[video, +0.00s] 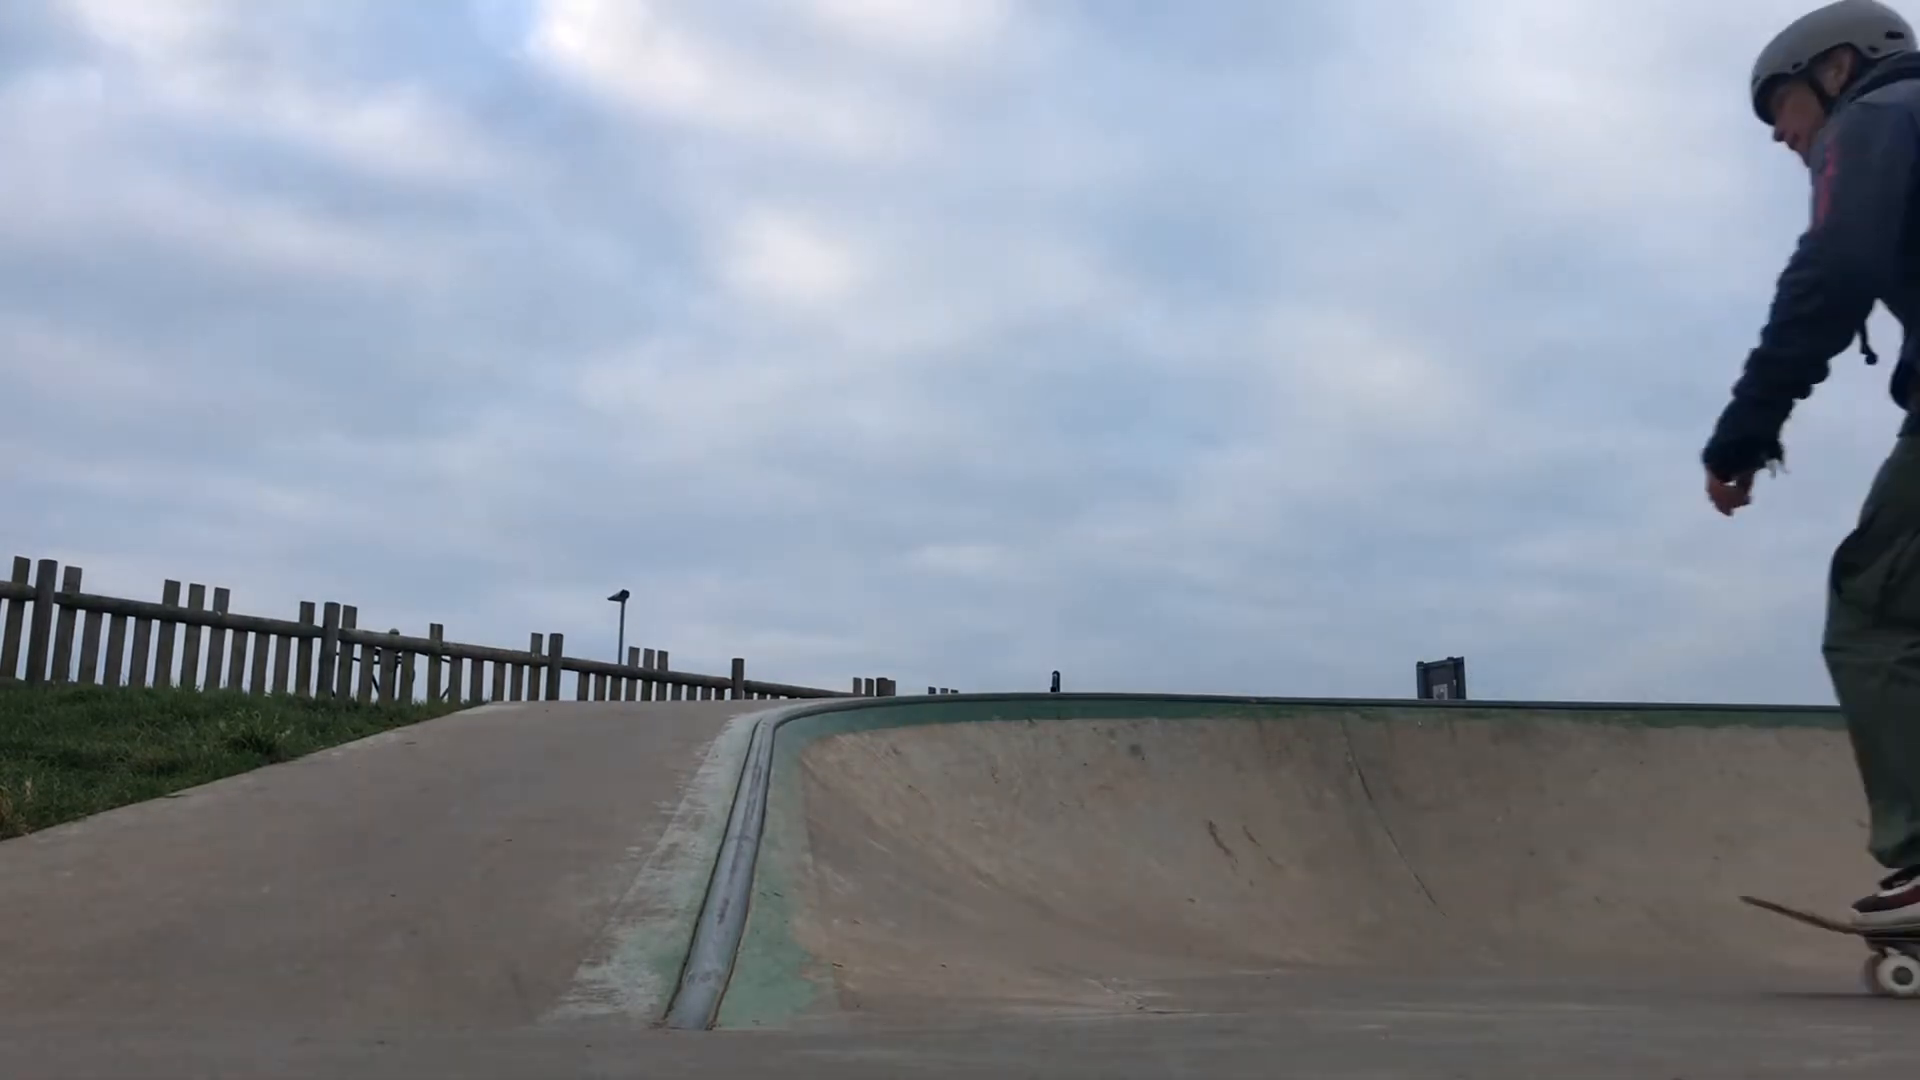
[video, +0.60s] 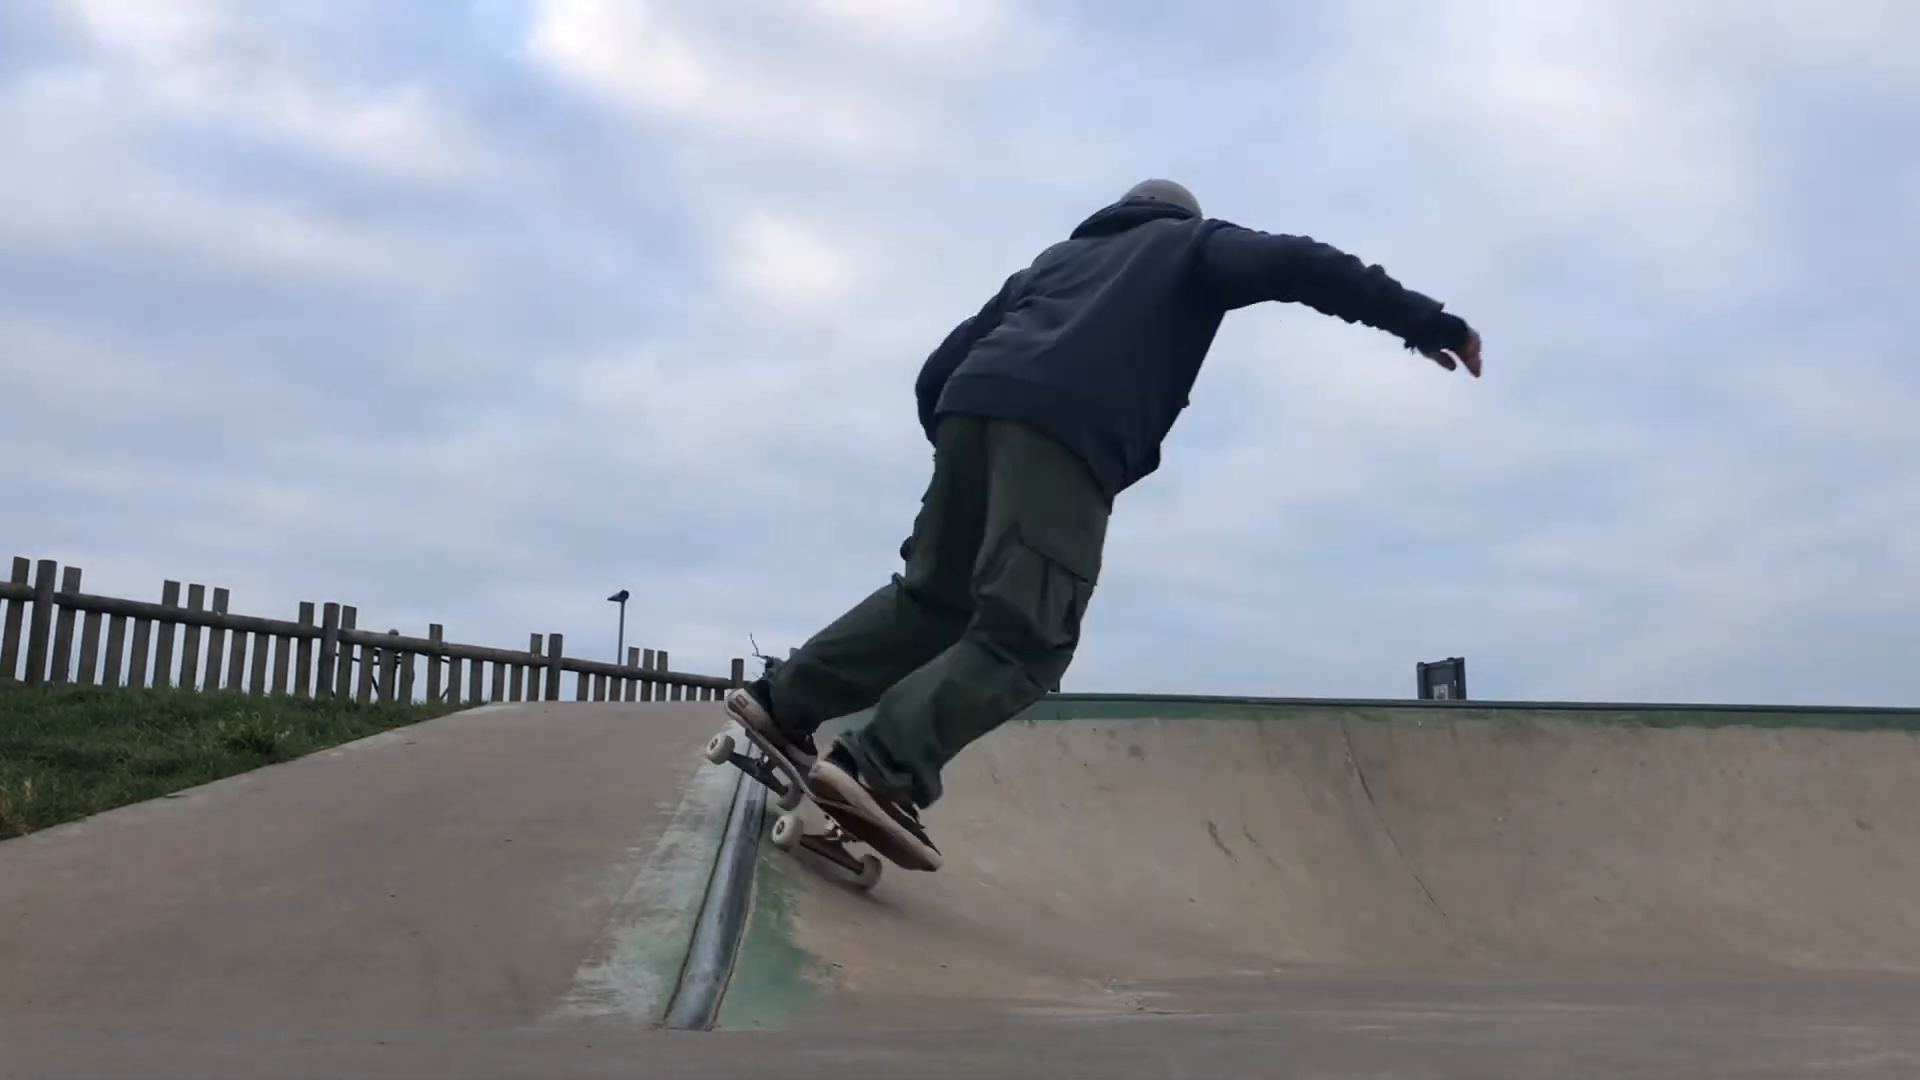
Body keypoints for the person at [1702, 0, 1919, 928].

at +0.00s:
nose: (1780, 134)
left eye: (1779, 108)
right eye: (1772, 119)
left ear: (1838, 69)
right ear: (1851, 72)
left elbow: (1828, 283)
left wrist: (1741, 435)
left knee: (1872, 607)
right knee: (1880, 603)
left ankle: (1914, 857)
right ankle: (1911, 857)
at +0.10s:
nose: (1615, 172)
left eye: (1614, 147)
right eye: (1609, 156)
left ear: (1659, 107)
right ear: (1687, 104)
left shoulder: (1688, 155)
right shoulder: (1843, 166)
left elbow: (1599, 312)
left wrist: (1512, 453)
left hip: (1807, 393)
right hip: (1909, 395)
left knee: (1682, 628)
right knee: (1903, 670)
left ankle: (1735, 856)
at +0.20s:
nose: (1471, 190)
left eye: (1472, 172)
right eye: (1466, 178)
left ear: (1504, 138)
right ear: (1571, 131)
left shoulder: (1507, 194)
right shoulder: (1680, 201)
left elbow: (1410, 348)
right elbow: (1810, 327)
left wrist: (1352, 476)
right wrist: (1864, 450)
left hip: (1611, 417)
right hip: (1750, 423)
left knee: (1494, 639)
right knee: (1712, 663)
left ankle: (1517, 857)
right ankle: (1839, 848)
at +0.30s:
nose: (1346, 195)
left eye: (1348, 184)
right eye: (1347, 186)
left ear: (1369, 169)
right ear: (1450, 156)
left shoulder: (1349, 229)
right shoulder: (1539, 224)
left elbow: (1274, 377)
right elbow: (1685, 306)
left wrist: (1270, 496)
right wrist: (1789, 398)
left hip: (1417, 440)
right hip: (1553, 445)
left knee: (1309, 648)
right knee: (1514, 669)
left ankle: (1302, 854)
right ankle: (1598, 854)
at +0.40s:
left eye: (1260, 180)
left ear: (1261, 179)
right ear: (1354, 173)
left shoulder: (1220, 248)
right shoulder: (1412, 226)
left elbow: (1158, 402)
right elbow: (1572, 257)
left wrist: (1198, 482)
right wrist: (1697, 318)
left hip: (1231, 444)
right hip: (1358, 456)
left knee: (1137, 645)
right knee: (1330, 663)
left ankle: (1074, 839)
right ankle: (1342, 860)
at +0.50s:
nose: (1271, 205)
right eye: (1273, 195)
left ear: (1184, 187)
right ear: (1265, 189)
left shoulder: (1130, 248)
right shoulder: (1289, 222)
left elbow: (1041, 379)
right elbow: (1429, 226)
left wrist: (1078, 437)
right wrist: (1555, 271)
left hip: (1084, 425)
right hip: (1198, 440)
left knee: (1001, 613)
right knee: (1160, 660)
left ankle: (863, 746)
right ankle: (1065, 858)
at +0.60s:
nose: (1199, 230)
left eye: (1186, 224)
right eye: (1197, 222)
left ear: (1119, 213)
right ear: (1183, 217)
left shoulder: (1056, 260)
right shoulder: (1190, 243)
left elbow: (953, 350)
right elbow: (1301, 261)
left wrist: (955, 425)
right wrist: (1426, 321)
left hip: (973, 398)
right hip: (1067, 415)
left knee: (934, 596)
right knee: (1021, 643)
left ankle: (780, 706)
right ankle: (875, 767)